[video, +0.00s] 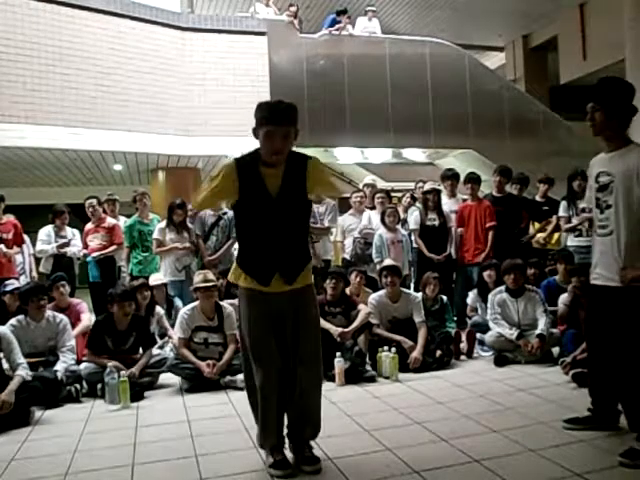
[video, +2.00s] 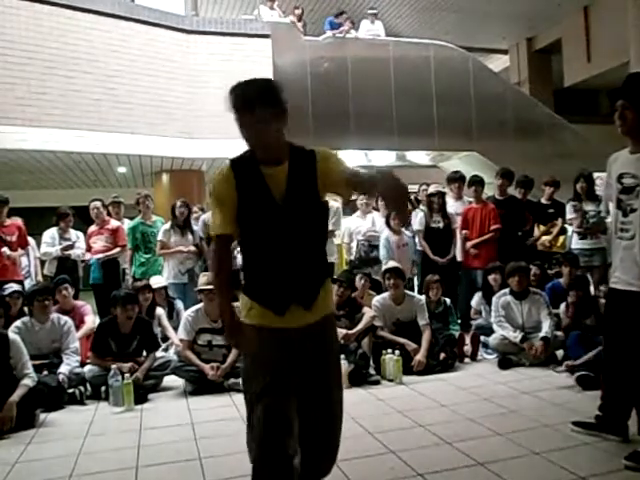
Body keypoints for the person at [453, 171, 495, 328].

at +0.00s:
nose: (470, 188)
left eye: (473, 185)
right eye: (467, 184)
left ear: (479, 186)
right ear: (464, 186)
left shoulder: (486, 206)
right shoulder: (462, 208)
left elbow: (491, 229)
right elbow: (458, 230)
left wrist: (486, 251)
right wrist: (457, 251)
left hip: (479, 256)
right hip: (464, 256)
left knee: (479, 292)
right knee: (461, 293)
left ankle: (480, 321)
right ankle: (461, 323)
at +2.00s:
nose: (473, 190)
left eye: (476, 187)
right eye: (471, 187)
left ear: (482, 189)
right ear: (468, 189)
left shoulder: (490, 208)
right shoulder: (467, 210)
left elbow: (495, 230)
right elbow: (463, 230)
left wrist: (472, 242)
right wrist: (467, 245)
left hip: (485, 258)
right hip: (470, 257)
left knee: (484, 292)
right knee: (468, 292)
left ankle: (486, 320)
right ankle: (467, 322)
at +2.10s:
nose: (474, 191)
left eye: (476, 187)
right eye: (471, 187)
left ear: (482, 189)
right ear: (468, 190)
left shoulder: (490, 208)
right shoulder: (467, 210)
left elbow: (495, 230)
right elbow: (462, 230)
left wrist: (473, 242)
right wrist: (465, 235)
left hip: (485, 258)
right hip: (469, 257)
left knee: (484, 292)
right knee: (468, 292)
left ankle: (485, 320)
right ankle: (467, 322)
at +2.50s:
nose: (474, 190)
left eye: (477, 187)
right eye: (472, 187)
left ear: (482, 189)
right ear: (468, 189)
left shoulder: (490, 208)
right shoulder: (467, 210)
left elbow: (495, 230)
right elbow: (462, 230)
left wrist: (473, 243)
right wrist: (464, 234)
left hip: (485, 258)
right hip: (469, 258)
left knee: (483, 292)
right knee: (467, 293)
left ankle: (485, 320)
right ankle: (466, 322)